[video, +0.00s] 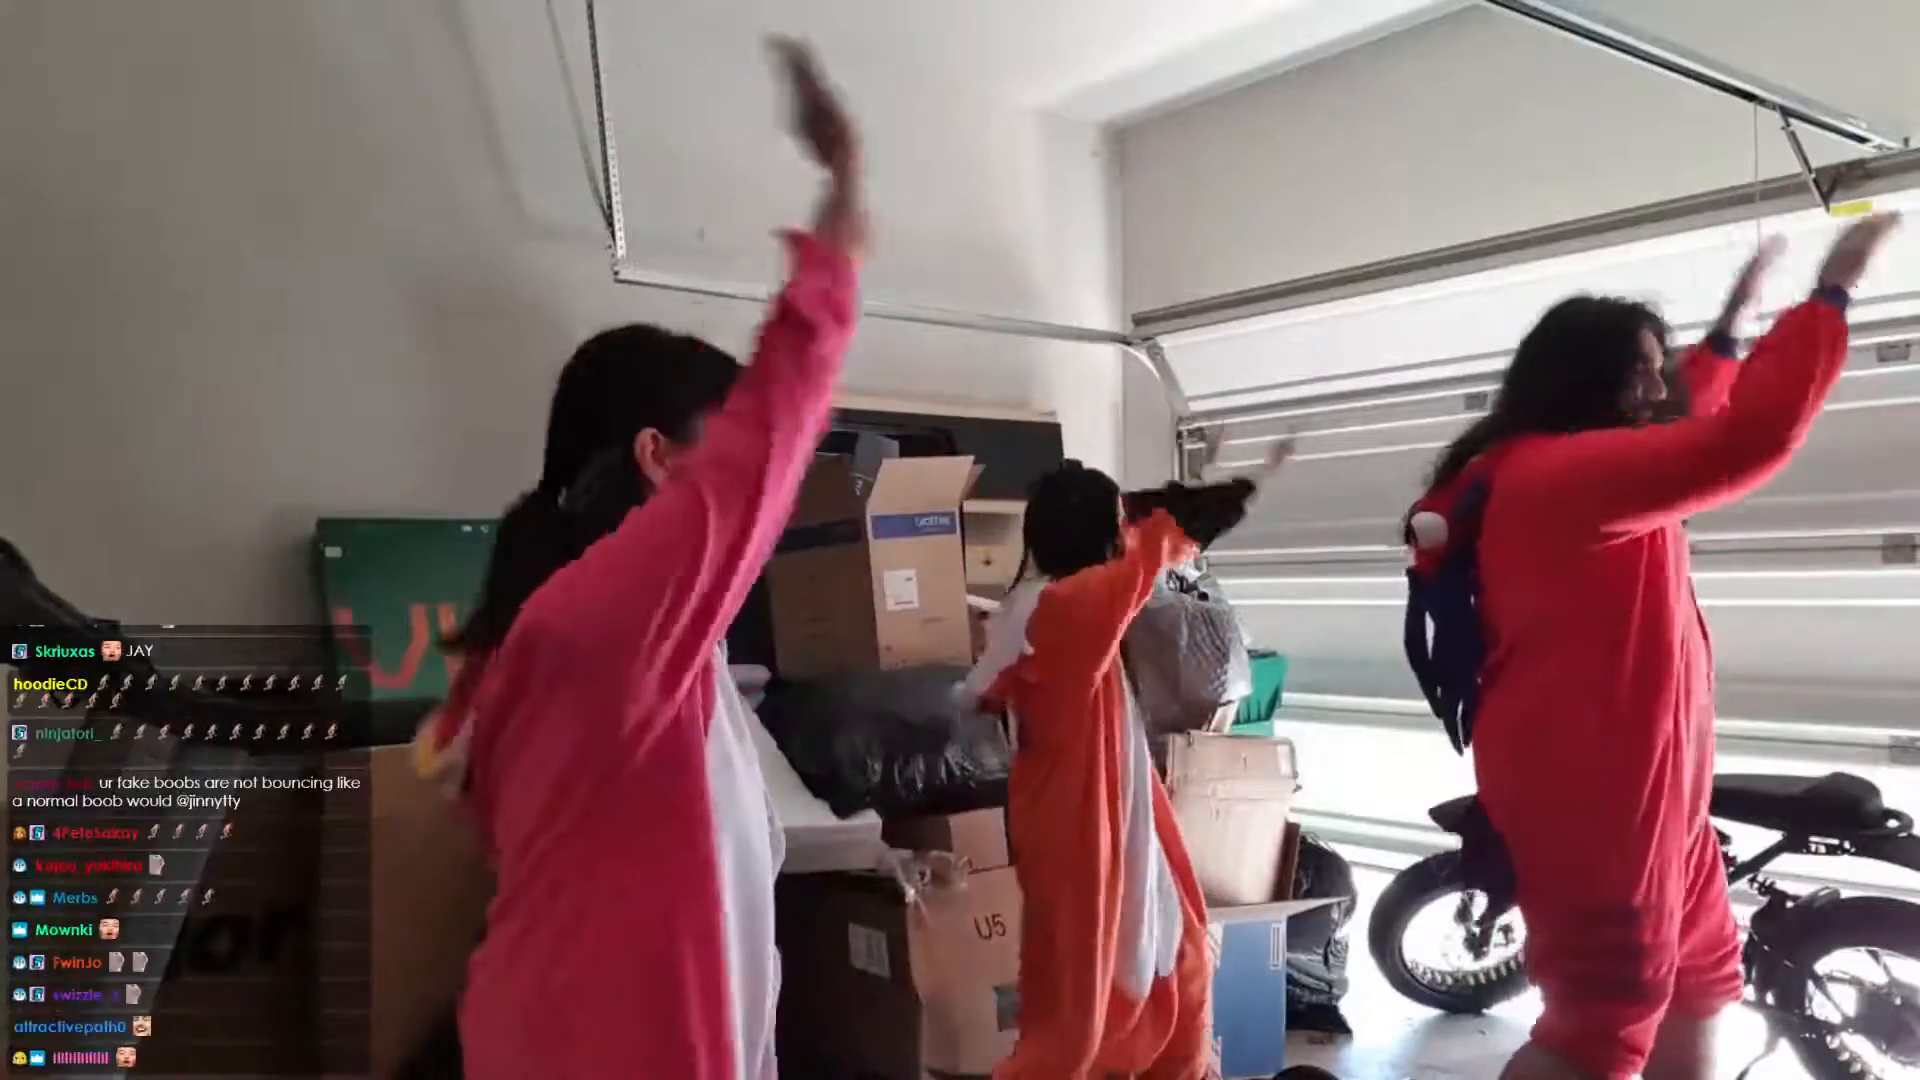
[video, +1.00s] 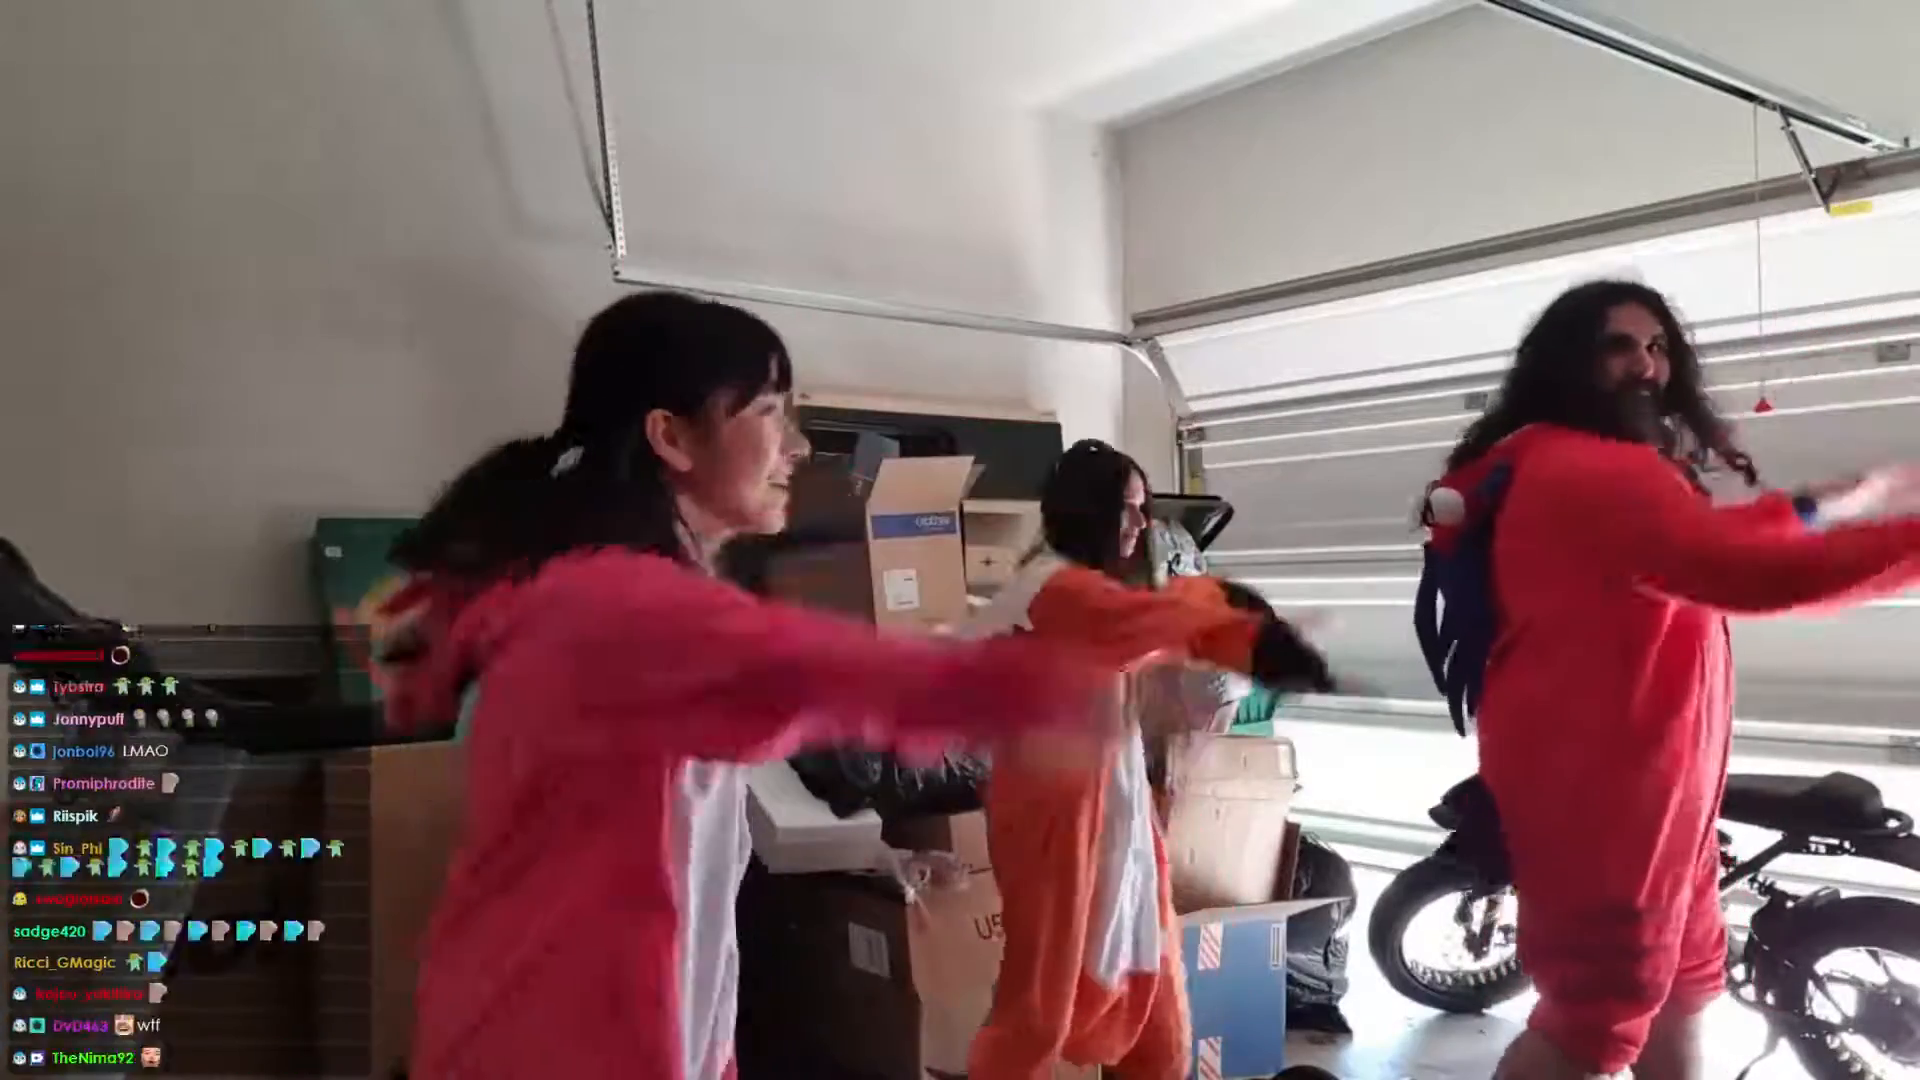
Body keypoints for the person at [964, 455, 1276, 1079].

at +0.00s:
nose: (1132, 531)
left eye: (1132, 519)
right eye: (1124, 519)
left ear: (1041, 532)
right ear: (1109, 530)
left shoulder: (1030, 606)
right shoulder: (1067, 603)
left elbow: (986, 693)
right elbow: (1155, 543)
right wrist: (1253, 481)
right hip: (1077, 809)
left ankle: (1174, 1063)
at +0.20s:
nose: (1134, 544)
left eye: (1132, 529)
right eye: (1127, 530)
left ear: (1051, 532)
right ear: (1107, 536)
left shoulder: (1061, 601)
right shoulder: (1063, 605)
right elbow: (1141, 677)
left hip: (1066, 810)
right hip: (1012, 808)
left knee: (1102, 957)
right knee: (1010, 954)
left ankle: (1118, 1062)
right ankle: (992, 1063)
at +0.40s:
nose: (1135, 555)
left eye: (1130, 539)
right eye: (1129, 541)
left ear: (1046, 545)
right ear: (1111, 552)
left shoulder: (1052, 620)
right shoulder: (1067, 627)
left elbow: (1118, 741)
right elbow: (1087, 751)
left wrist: (1144, 840)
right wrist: (1123, 867)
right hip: (1015, 849)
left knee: (1144, 975)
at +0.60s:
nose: (1118, 529)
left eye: (1120, 513)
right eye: (1107, 513)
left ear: (1044, 520)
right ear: (1073, 518)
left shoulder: (1074, 597)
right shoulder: (1051, 595)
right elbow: (1154, 595)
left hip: (1127, 808)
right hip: (1074, 817)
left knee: (1173, 970)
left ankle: (1155, 1069)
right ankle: (988, 1059)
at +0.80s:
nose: (1141, 538)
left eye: (1137, 523)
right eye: (1127, 523)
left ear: (1057, 541)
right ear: (1103, 539)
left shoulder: (1093, 621)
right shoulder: (1071, 626)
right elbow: (1153, 556)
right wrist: (1174, 446)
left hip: (1156, 822)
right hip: (1105, 835)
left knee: (1219, 979)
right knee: (1100, 1033)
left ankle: (1168, 1075)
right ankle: (1016, 1070)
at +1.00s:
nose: (1140, 525)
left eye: (1143, 510)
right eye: (1129, 509)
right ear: (1088, 509)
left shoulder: (1097, 589)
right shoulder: (1052, 583)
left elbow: (1168, 629)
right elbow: (1135, 619)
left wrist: (1255, 639)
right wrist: (1216, 596)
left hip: (1119, 801)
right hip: (1054, 800)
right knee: (1041, 1001)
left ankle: (1157, 1067)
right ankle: (998, 1069)